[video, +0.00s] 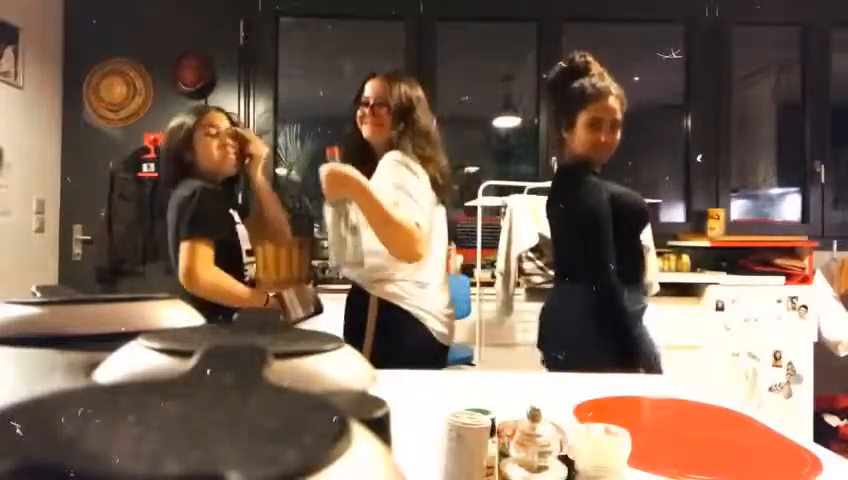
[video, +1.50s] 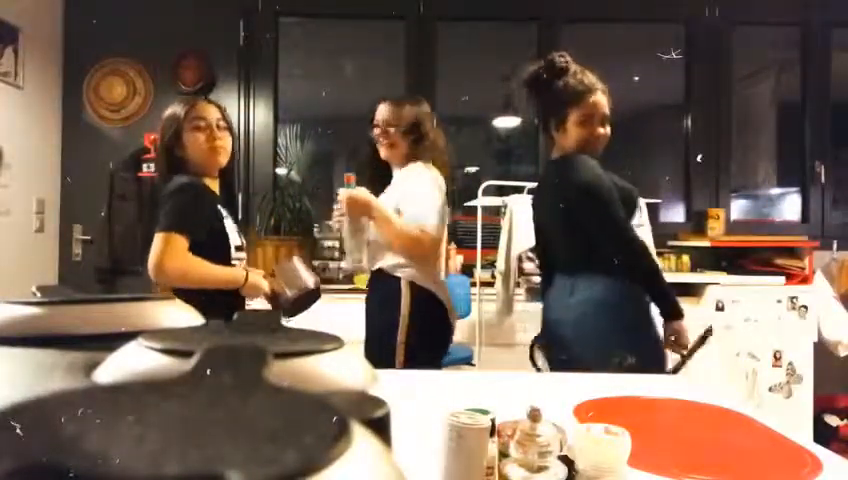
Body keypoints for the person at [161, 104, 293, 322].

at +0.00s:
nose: (228, 142)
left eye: (230, 134)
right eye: (212, 135)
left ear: (237, 142)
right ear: (187, 150)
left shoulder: (217, 194)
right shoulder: (200, 195)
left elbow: (280, 238)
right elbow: (195, 274)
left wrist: (257, 176)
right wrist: (263, 300)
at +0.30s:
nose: (215, 147)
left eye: (220, 141)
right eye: (202, 138)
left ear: (227, 151)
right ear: (175, 154)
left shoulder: (212, 202)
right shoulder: (180, 200)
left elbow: (267, 248)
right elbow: (158, 275)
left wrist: (250, 193)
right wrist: (234, 298)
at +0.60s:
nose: (215, 145)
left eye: (220, 139)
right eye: (200, 137)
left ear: (227, 153)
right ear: (176, 158)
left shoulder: (208, 209)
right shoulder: (181, 204)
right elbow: (154, 279)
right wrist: (237, 288)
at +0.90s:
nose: (220, 149)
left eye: (226, 142)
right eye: (206, 141)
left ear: (235, 153)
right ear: (181, 159)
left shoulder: (214, 211)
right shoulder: (192, 209)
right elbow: (178, 286)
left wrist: (252, 288)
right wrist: (251, 296)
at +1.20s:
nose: (216, 144)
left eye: (222, 136)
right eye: (201, 137)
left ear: (231, 147)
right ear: (177, 151)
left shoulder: (212, 206)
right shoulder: (187, 202)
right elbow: (174, 280)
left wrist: (246, 277)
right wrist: (248, 289)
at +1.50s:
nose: (215, 135)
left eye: (221, 127)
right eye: (200, 128)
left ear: (231, 137)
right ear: (177, 145)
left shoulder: (212, 196)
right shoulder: (186, 191)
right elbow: (165, 266)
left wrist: (251, 276)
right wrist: (241, 279)